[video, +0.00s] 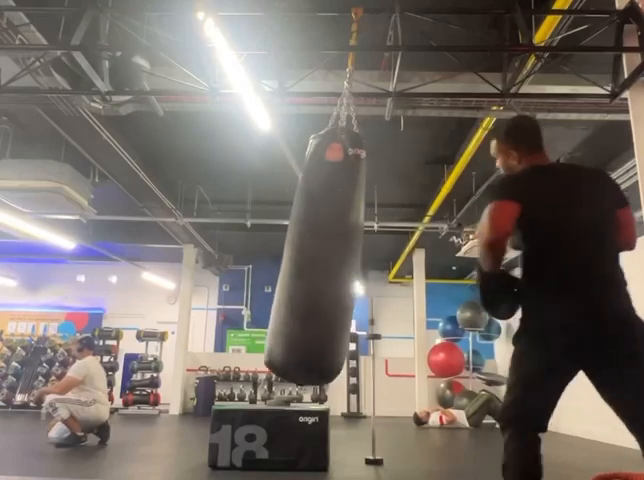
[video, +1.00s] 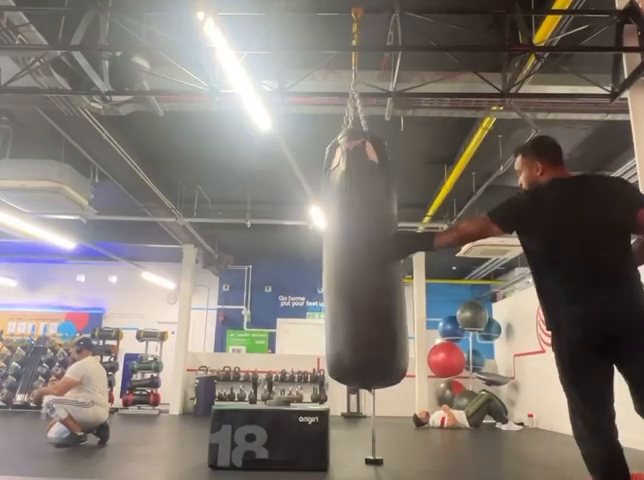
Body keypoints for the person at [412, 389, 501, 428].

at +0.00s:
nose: (423, 410)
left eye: (421, 411)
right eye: (421, 413)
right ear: (423, 418)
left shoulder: (433, 416)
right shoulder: (433, 420)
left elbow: (449, 415)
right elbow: (451, 419)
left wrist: (438, 410)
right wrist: (440, 410)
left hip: (465, 413)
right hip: (468, 419)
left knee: (484, 394)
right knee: (486, 397)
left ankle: (503, 417)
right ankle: (505, 419)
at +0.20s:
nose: (423, 410)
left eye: (421, 411)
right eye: (421, 413)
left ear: (423, 417)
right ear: (423, 419)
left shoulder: (434, 415)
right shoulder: (434, 420)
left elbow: (450, 417)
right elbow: (452, 421)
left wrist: (444, 409)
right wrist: (444, 409)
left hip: (466, 413)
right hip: (469, 419)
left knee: (484, 393)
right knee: (487, 396)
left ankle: (501, 419)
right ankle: (505, 422)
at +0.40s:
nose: (423, 410)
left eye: (421, 411)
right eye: (421, 413)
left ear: (423, 417)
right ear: (423, 418)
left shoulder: (434, 415)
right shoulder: (434, 420)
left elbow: (451, 418)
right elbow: (453, 423)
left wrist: (446, 410)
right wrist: (447, 410)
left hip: (467, 413)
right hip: (470, 419)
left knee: (484, 393)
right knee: (487, 396)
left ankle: (501, 420)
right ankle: (505, 422)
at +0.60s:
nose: (423, 410)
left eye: (421, 411)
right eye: (421, 412)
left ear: (423, 417)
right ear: (423, 418)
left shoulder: (434, 415)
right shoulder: (434, 420)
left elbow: (451, 418)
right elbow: (453, 423)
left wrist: (445, 410)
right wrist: (447, 410)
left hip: (467, 413)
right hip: (470, 419)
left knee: (484, 393)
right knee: (487, 397)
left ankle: (501, 420)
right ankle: (505, 422)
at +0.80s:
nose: (423, 410)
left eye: (421, 411)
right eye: (421, 413)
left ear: (423, 417)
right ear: (423, 419)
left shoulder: (434, 415)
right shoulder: (434, 420)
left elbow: (450, 418)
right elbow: (452, 423)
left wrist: (446, 410)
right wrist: (446, 410)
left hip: (467, 413)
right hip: (470, 419)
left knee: (484, 393)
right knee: (487, 397)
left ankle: (501, 420)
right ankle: (505, 422)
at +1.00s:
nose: (423, 410)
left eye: (420, 411)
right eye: (421, 413)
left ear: (423, 417)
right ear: (423, 419)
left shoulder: (434, 415)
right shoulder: (434, 420)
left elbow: (450, 419)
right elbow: (453, 423)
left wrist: (446, 410)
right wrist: (447, 410)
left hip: (467, 413)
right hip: (470, 419)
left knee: (484, 393)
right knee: (487, 397)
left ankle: (501, 420)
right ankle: (505, 422)